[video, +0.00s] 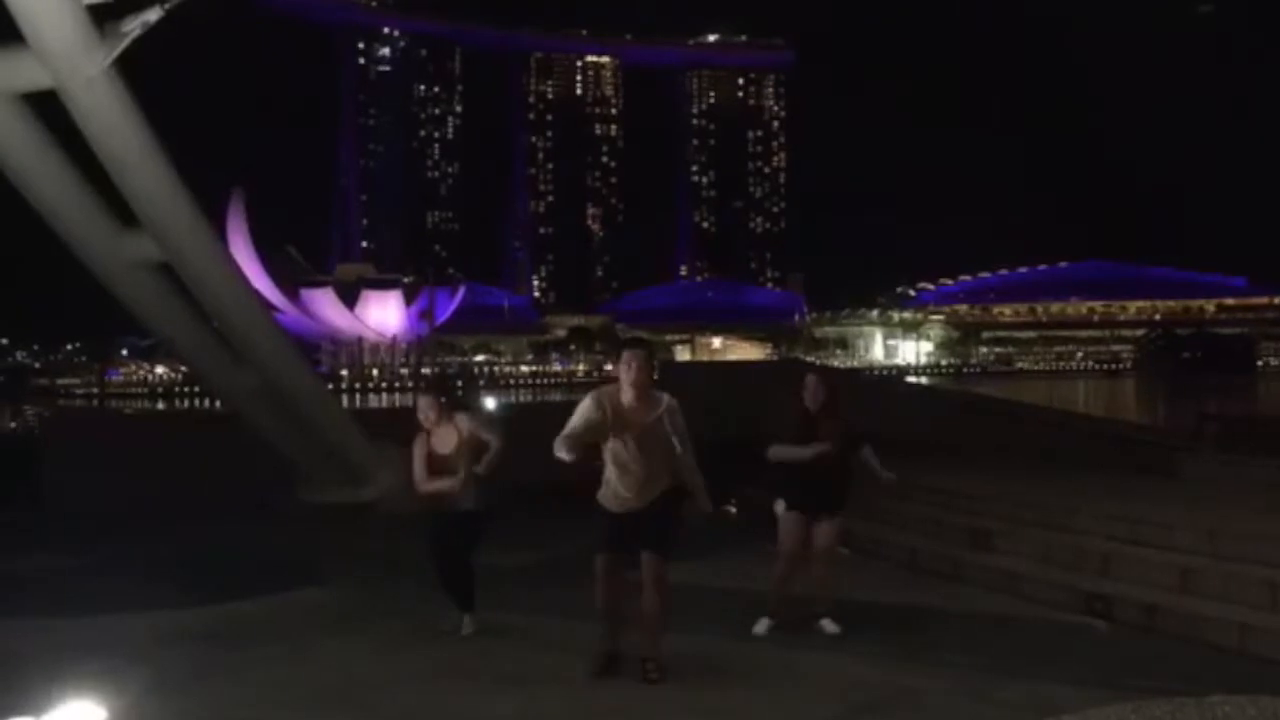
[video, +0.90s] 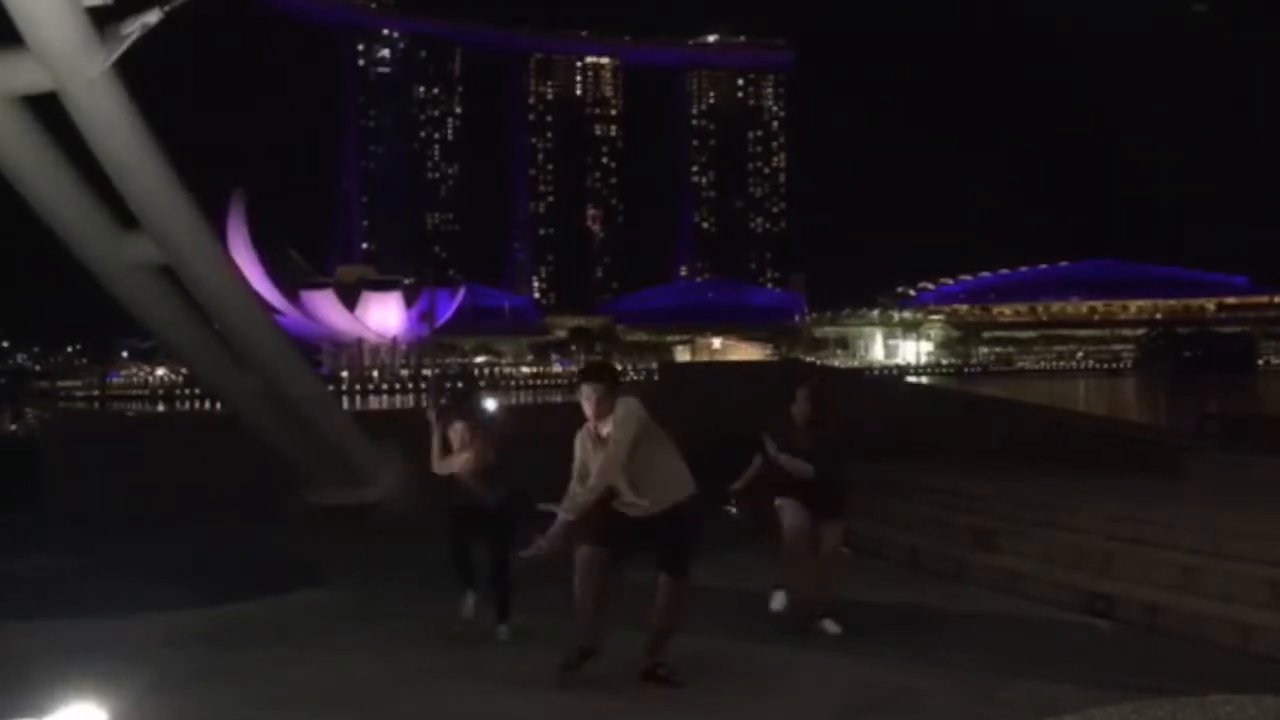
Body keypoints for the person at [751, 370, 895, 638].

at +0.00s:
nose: (810, 394)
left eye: (816, 388)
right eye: (807, 388)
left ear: (827, 392)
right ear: (801, 391)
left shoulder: (838, 423)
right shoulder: (792, 419)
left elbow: (863, 449)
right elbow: (773, 451)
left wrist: (880, 473)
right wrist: (809, 452)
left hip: (829, 498)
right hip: (793, 497)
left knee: (824, 559)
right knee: (787, 555)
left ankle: (823, 614)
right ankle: (772, 614)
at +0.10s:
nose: (812, 395)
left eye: (817, 389)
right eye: (808, 389)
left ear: (828, 392)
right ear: (803, 392)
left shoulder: (841, 421)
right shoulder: (797, 423)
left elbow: (863, 447)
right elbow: (784, 465)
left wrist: (879, 471)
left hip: (833, 495)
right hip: (801, 495)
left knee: (829, 556)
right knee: (792, 551)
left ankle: (823, 612)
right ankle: (764, 607)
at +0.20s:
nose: (816, 398)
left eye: (821, 392)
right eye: (811, 392)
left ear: (830, 395)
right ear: (804, 396)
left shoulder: (840, 427)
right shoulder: (794, 426)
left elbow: (865, 456)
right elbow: (773, 468)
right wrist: (760, 505)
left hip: (831, 494)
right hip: (798, 492)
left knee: (830, 554)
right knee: (808, 536)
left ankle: (824, 612)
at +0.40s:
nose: (818, 402)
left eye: (822, 397)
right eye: (814, 397)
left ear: (830, 399)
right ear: (807, 398)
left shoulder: (834, 427)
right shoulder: (794, 425)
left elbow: (844, 454)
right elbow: (765, 459)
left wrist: (863, 456)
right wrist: (742, 492)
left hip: (828, 495)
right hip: (795, 492)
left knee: (829, 553)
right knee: (804, 540)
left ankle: (823, 611)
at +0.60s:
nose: (812, 400)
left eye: (817, 394)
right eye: (809, 394)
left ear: (827, 396)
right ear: (803, 396)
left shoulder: (838, 425)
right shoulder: (792, 424)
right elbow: (771, 463)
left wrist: (847, 482)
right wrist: (762, 498)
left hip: (826, 498)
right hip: (791, 497)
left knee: (826, 558)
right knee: (786, 557)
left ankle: (824, 613)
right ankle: (775, 619)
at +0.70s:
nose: (809, 401)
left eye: (815, 396)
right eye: (806, 395)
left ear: (826, 399)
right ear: (801, 398)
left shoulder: (836, 430)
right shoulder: (789, 427)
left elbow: (845, 472)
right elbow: (769, 465)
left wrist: (819, 496)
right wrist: (759, 501)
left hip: (825, 497)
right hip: (791, 497)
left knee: (829, 551)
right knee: (796, 541)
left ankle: (826, 610)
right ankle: (803, 601)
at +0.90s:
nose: (799, 407)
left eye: (804, 402)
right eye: (796, 401)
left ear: (815, 405)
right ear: (792, 403)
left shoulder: (825, 434)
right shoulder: (782, 429)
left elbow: (816, 472)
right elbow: (761, 460)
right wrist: (741, 484)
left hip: (822, 494)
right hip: (789, 491)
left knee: (829, 553)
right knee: (794, 531)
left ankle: (822, 610)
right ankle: (783, 587)